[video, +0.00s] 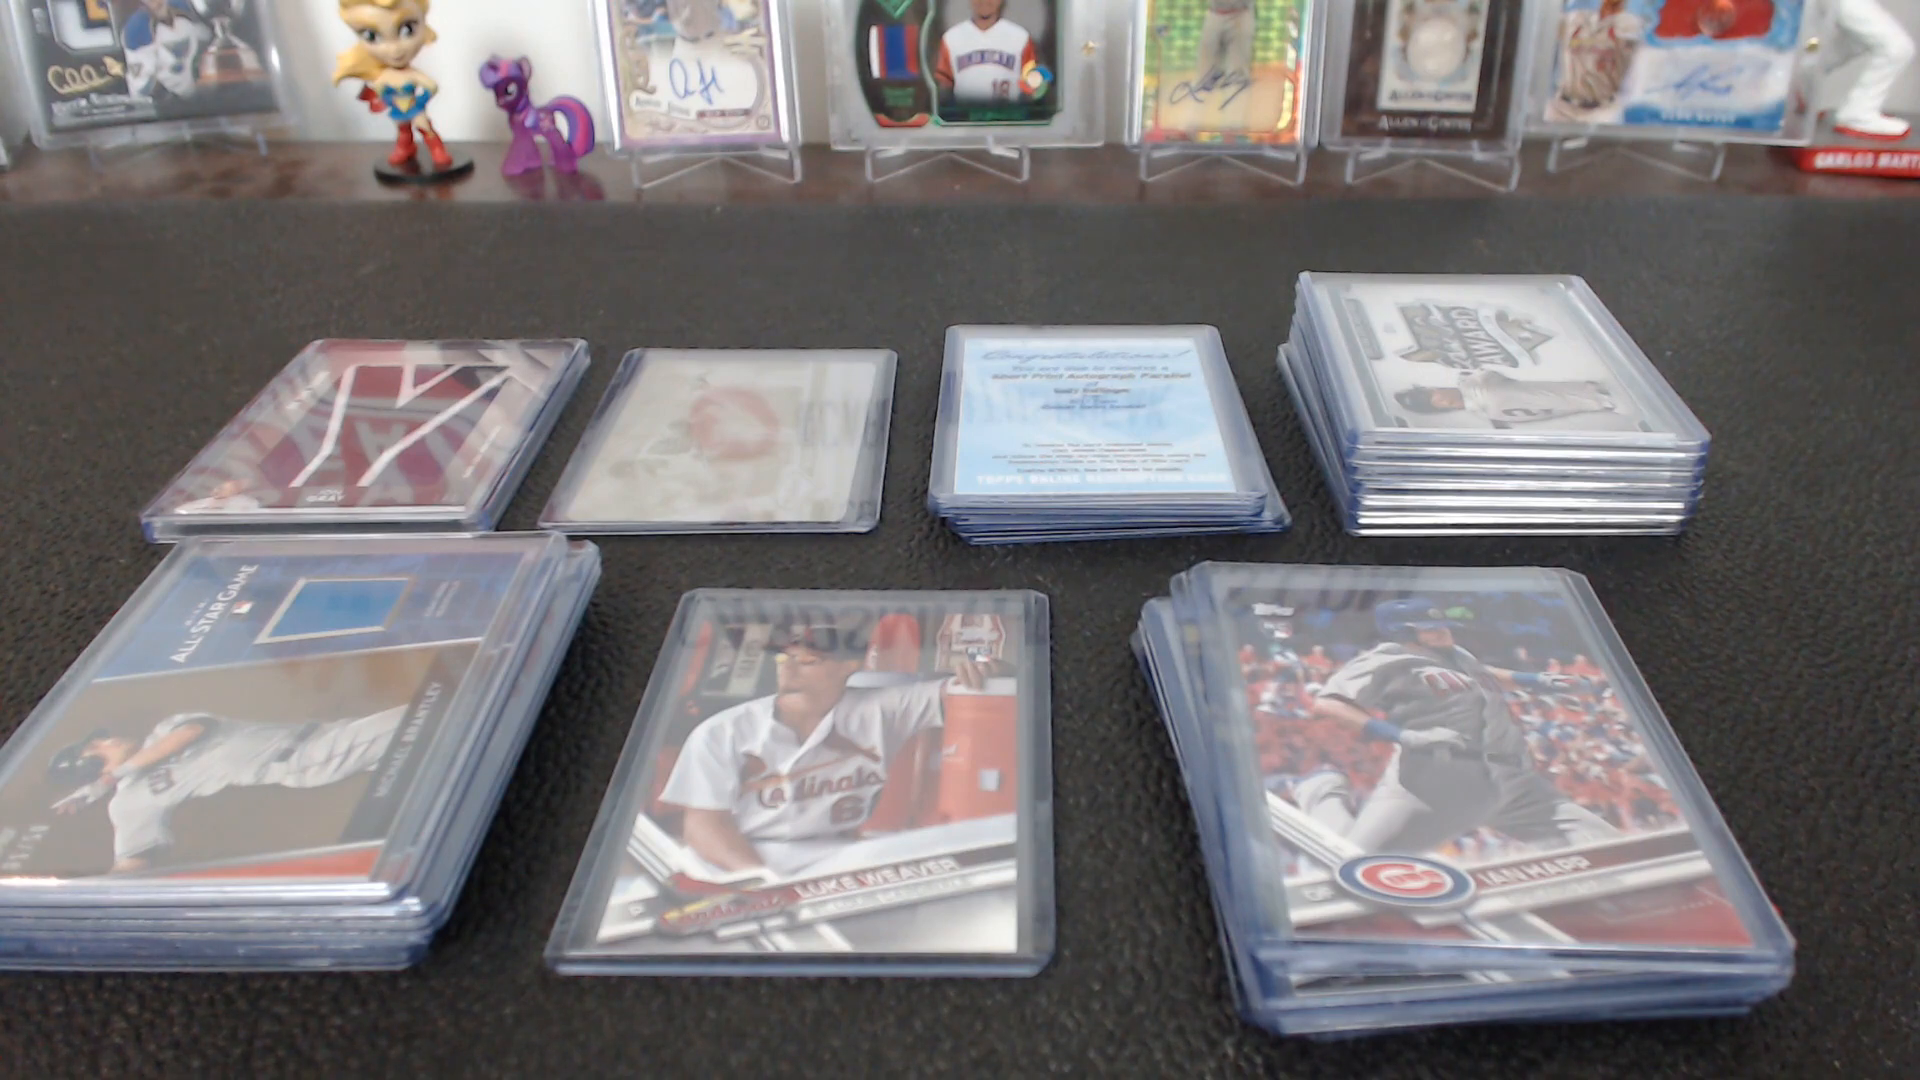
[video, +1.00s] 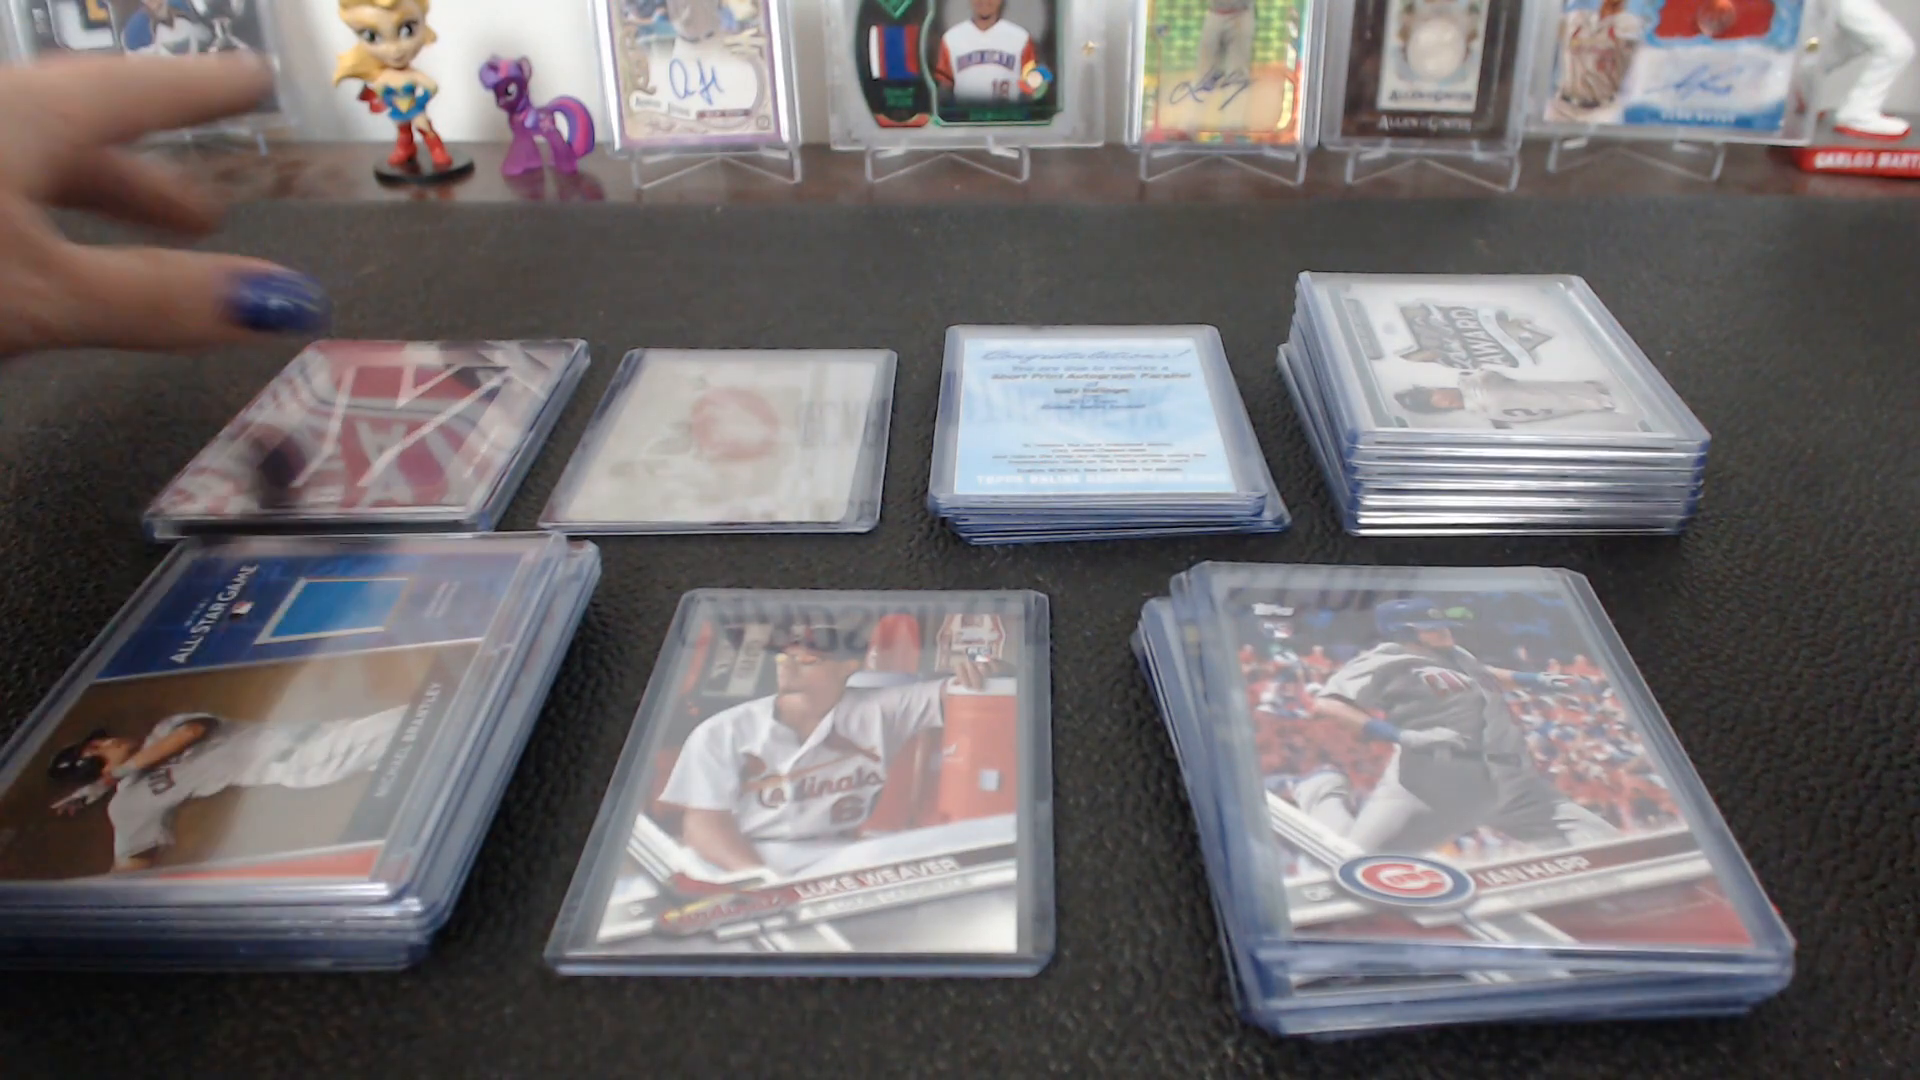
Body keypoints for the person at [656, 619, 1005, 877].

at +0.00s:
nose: (793, 660)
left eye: (814, 650)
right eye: (786, 648)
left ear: (853, 664)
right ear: (775, 657)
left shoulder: (875, 714)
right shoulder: (720, 736)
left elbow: (957, 690)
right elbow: (703, 829)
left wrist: (973, 672)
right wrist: (768, 884)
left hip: (827, 868)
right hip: (729, 871)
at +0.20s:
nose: (793, 660)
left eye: (815, 650)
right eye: (786, 648)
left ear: (853, 664)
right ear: (775, 657)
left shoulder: (875, 715)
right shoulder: (720, 736)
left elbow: (953, 690)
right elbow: (703, 829)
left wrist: (973, 675)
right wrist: (767, 883)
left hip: (827, 866)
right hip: (730, 870)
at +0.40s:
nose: (793, 657)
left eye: (816, 647)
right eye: (787, 645)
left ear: (853, 664)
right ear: (776, 655)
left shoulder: (874, 715)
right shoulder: (720, 735)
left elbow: (957, 691)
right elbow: (702, 829)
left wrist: (974, 671)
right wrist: (767, 884)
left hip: (826, 867)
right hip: (728, 872)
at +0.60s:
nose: (793, 657)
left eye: (816, 647)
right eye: (786, 644)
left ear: (854, 663)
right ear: (775, 654)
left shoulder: (875, 715)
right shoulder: (719, 735)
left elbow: (958, 690)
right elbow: (702, 831)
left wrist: (974, 669)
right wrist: (768, 884)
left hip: (828, 874)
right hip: (726, 879)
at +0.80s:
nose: (792, 659)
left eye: (814, 649)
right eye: (785, 646)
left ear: (853, 664)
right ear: (775, 656)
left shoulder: (874, 715)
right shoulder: (720, 735)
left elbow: (958, 689)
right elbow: (702, 830)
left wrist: (974, 669)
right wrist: (768, 884)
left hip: (830, 870)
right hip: (730, 874)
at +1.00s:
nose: (793, 659)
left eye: (814, 649)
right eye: (787, 646)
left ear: (853, 664)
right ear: (776, 656)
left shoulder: (875, 716)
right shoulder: (720, 735)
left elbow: (957, 690)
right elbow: (703, 830)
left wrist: (974, 673)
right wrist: (769, 885)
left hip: (827, 871)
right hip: (728, 875)